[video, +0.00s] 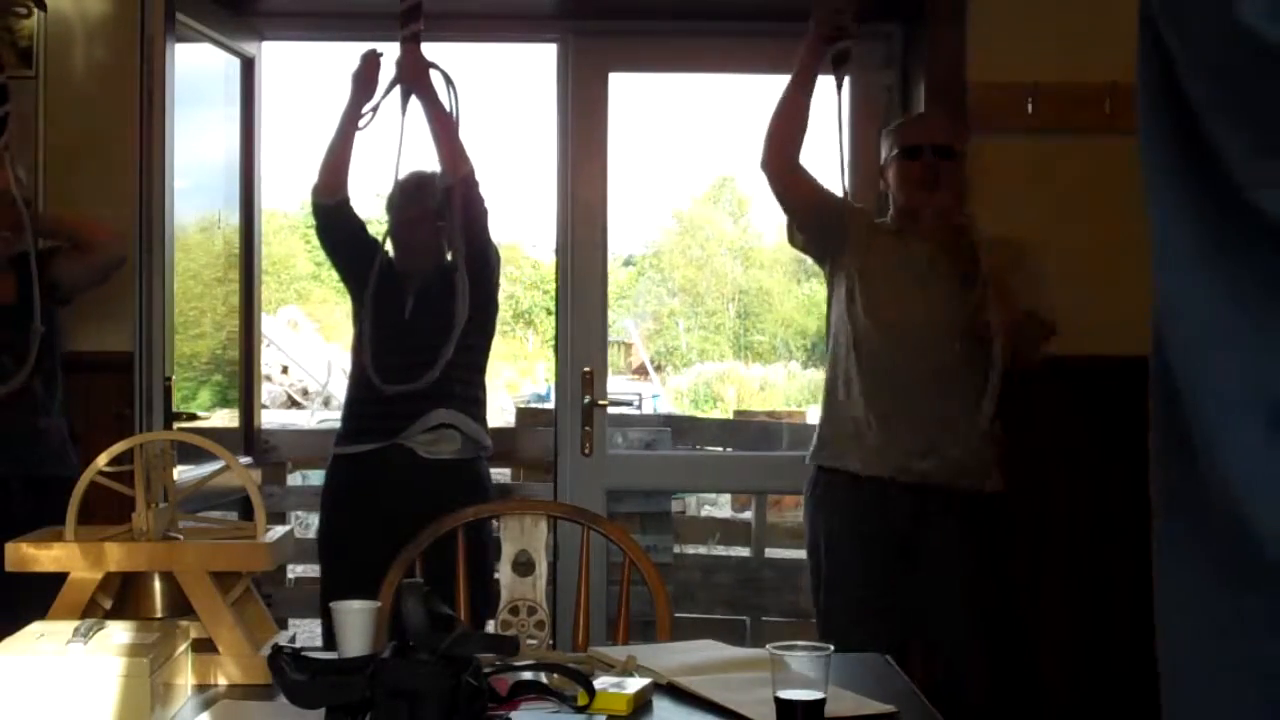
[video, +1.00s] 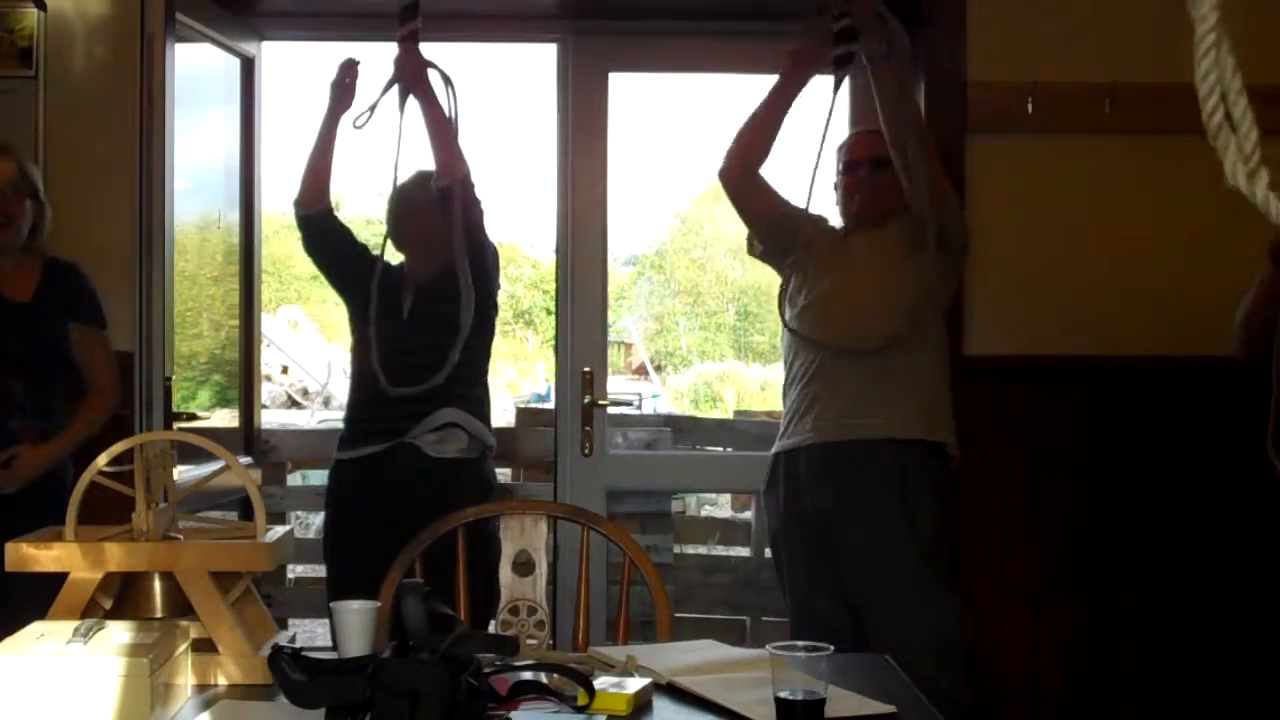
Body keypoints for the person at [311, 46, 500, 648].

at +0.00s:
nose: (432, 210)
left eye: (442, 200)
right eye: (416, 201)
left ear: (455, 219)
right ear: (390, 222)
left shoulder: (473, 282)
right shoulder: (373, 281)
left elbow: (462, 183)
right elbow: (328, 200)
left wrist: (425, 93)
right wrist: (355, 108)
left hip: (451, 480)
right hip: (364, 480)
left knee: (455, 645)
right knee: (357, 649)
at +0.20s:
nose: (417, 217)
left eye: (429, 205)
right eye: (404, 207)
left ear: (452, 219)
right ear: (387, 224)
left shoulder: (472, 280)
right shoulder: (373, 277)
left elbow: (461, 184)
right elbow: (325, 201)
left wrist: (424, 93)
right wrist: (347, 108)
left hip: (448, 477)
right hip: (363, 476)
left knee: (452, 641)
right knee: (355, 644)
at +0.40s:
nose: (414, 220)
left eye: (426, 206)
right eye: (402, 210)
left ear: (450, 216)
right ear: (389, 223)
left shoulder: (473, 280)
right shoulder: (376, 277)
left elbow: (454, 182)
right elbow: (325, 202)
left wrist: (418, 90)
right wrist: (345, 113)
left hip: (447, 479)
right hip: (364, 477)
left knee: (451, 642)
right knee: (357, 646)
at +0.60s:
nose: (437, 203)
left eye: (448, 196)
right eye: (423, 197)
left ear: (460, 217)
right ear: (401, 222)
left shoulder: (473, 282)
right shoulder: (376, 280)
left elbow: (455, 184)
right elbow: (322, 204)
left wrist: (419, 93)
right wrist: (343, 115)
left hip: (449, 478)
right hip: (365, 478)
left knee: (452, 642)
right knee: (356, 643)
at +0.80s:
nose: (435, 206)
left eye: (446, 198)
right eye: (422, 199)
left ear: (459, 217)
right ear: (399, 223)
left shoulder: (472, 281)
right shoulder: (373, 282)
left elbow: (460, 182)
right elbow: (316, 208)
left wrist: (426, 91)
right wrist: (336, 112)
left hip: (450, 481)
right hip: (365, 481)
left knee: (453, 648)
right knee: (360, 651)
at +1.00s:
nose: (438, 202)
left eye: (447, 195)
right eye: (422, 195)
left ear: (459, 215)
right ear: (398, 223)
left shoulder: (474, 282)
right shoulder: (371, 283)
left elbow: (458, 183)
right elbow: (313, 212)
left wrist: (423, 91)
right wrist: (333, 113)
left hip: (454, 484)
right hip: (367, 483)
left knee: (456, 648)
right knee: (362, 649)